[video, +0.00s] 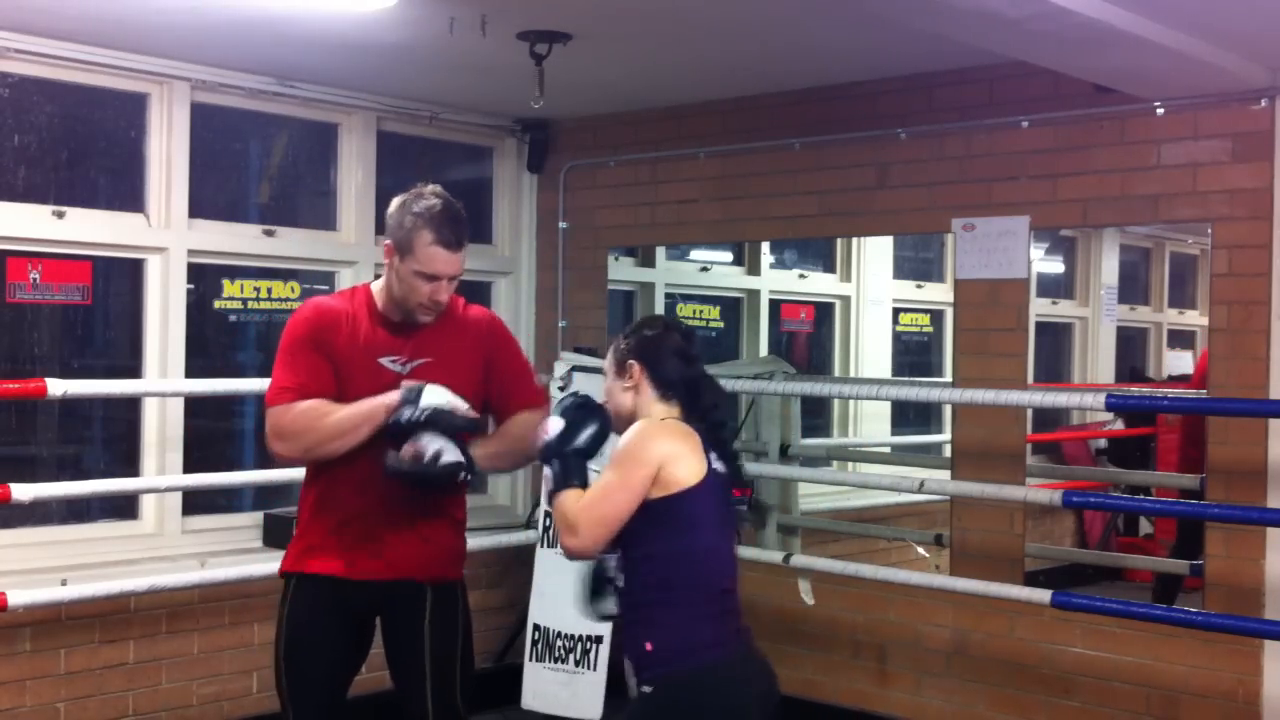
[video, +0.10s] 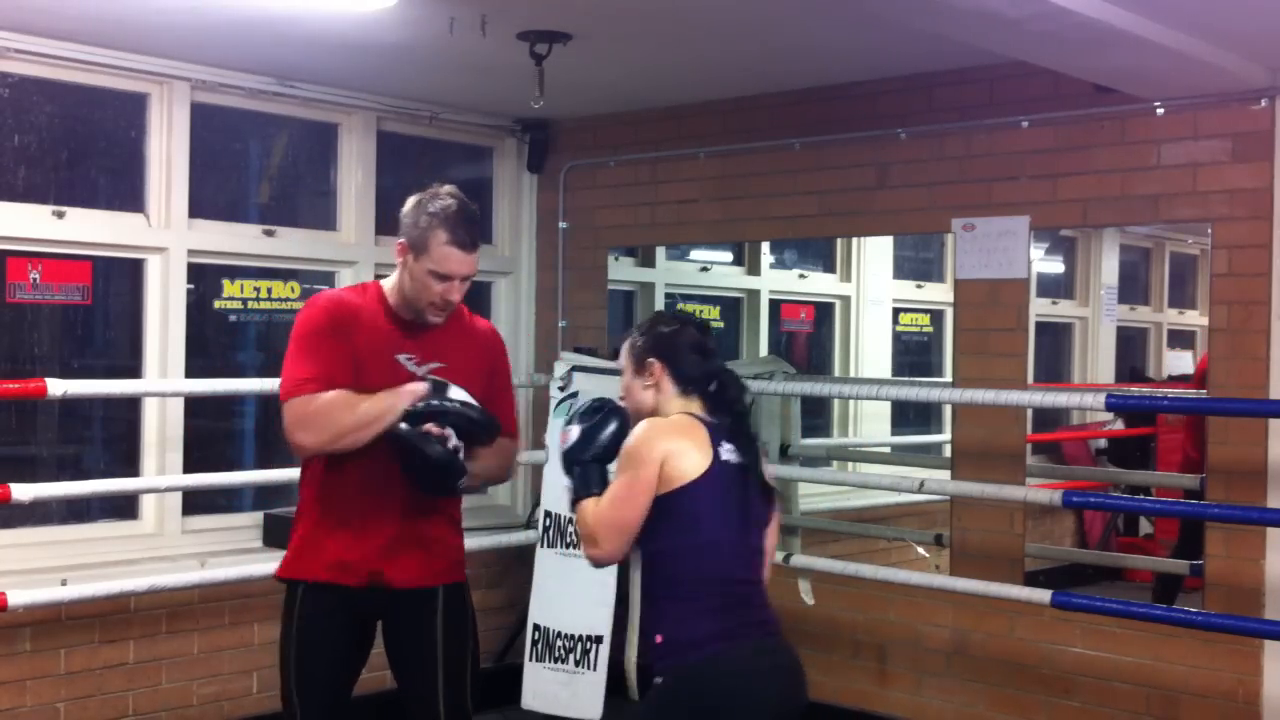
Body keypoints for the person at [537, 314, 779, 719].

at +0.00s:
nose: (604, 395)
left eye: (608, 379)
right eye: (605, 379)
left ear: (634, 375)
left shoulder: (652, 437)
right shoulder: (695, 438)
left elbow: (578, 537)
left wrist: (566, 459)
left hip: (681, 683)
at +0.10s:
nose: (621, 393)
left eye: (624, 377)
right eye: (619, 378)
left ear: (654, 374)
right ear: (699, 375)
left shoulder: (656, 435)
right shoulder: (743, 444)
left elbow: (601, 546)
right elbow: (760, 566)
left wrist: (585, 468)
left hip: (692, 675)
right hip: (766, 666)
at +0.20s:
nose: (636, 388)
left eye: (637, 373)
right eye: (633, 375)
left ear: (667, 367)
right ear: (714, 369)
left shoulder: (662, 430)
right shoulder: (768, 443)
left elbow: (611, 541)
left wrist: (595, 463)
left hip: (701, 672)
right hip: (782, 663)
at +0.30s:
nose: (641, 385)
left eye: (643, 371)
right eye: (639, 372)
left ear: (673, 365)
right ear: (720, 369)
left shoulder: (665, 431)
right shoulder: (770, 443)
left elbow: (610, 540)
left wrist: (597, 460)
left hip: (697, 666)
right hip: (778, 659)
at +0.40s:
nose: (635, 390)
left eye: (635, 375)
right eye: (631, 376)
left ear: (663, 370)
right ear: (712, 369)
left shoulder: (662, 437)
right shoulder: (757, 438)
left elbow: (612, 549)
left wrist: (593, 469)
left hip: (705, 674)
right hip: (779, 663)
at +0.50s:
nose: (611, 403)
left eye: (613, 388)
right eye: (611, 389)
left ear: (642, 387)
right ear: (683, 379)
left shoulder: (681, 454)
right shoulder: (717, 438)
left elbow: (653, 574)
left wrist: (593, 520)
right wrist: (631, 484)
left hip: (726, 689)